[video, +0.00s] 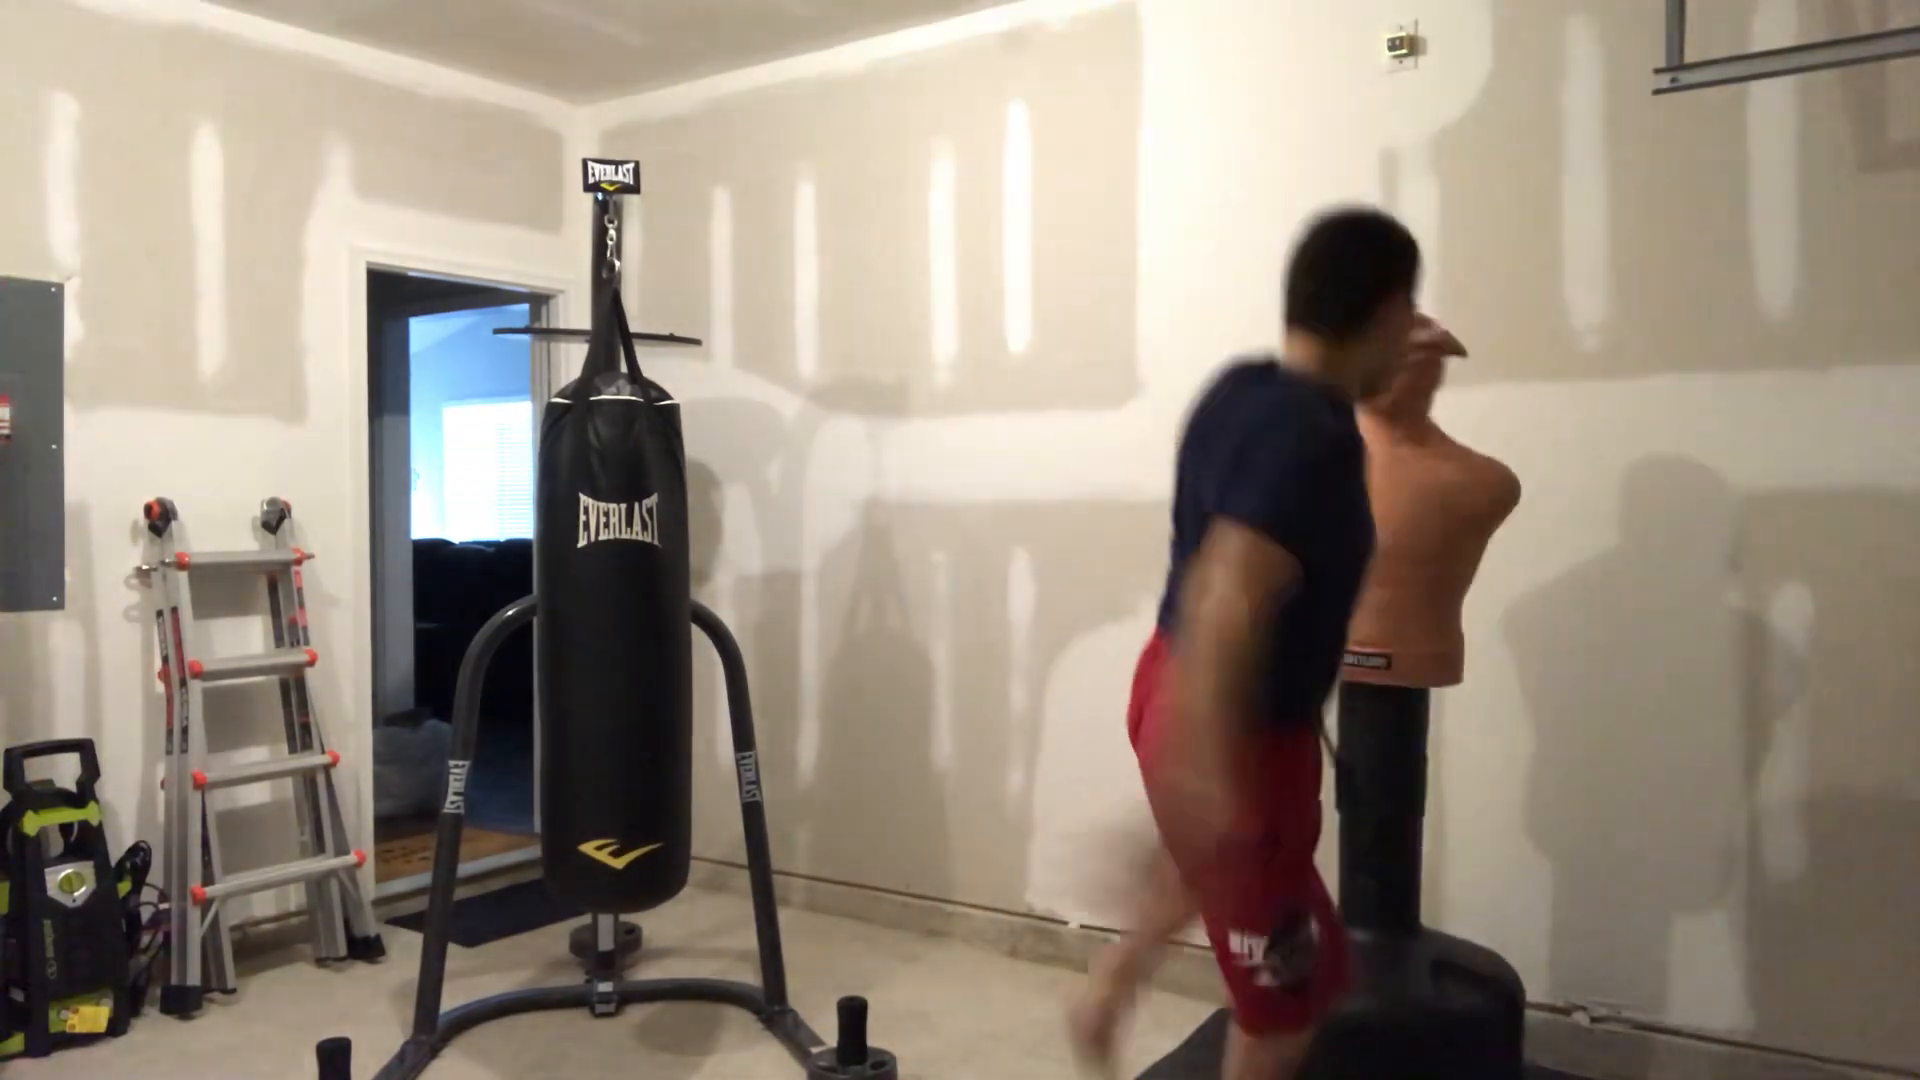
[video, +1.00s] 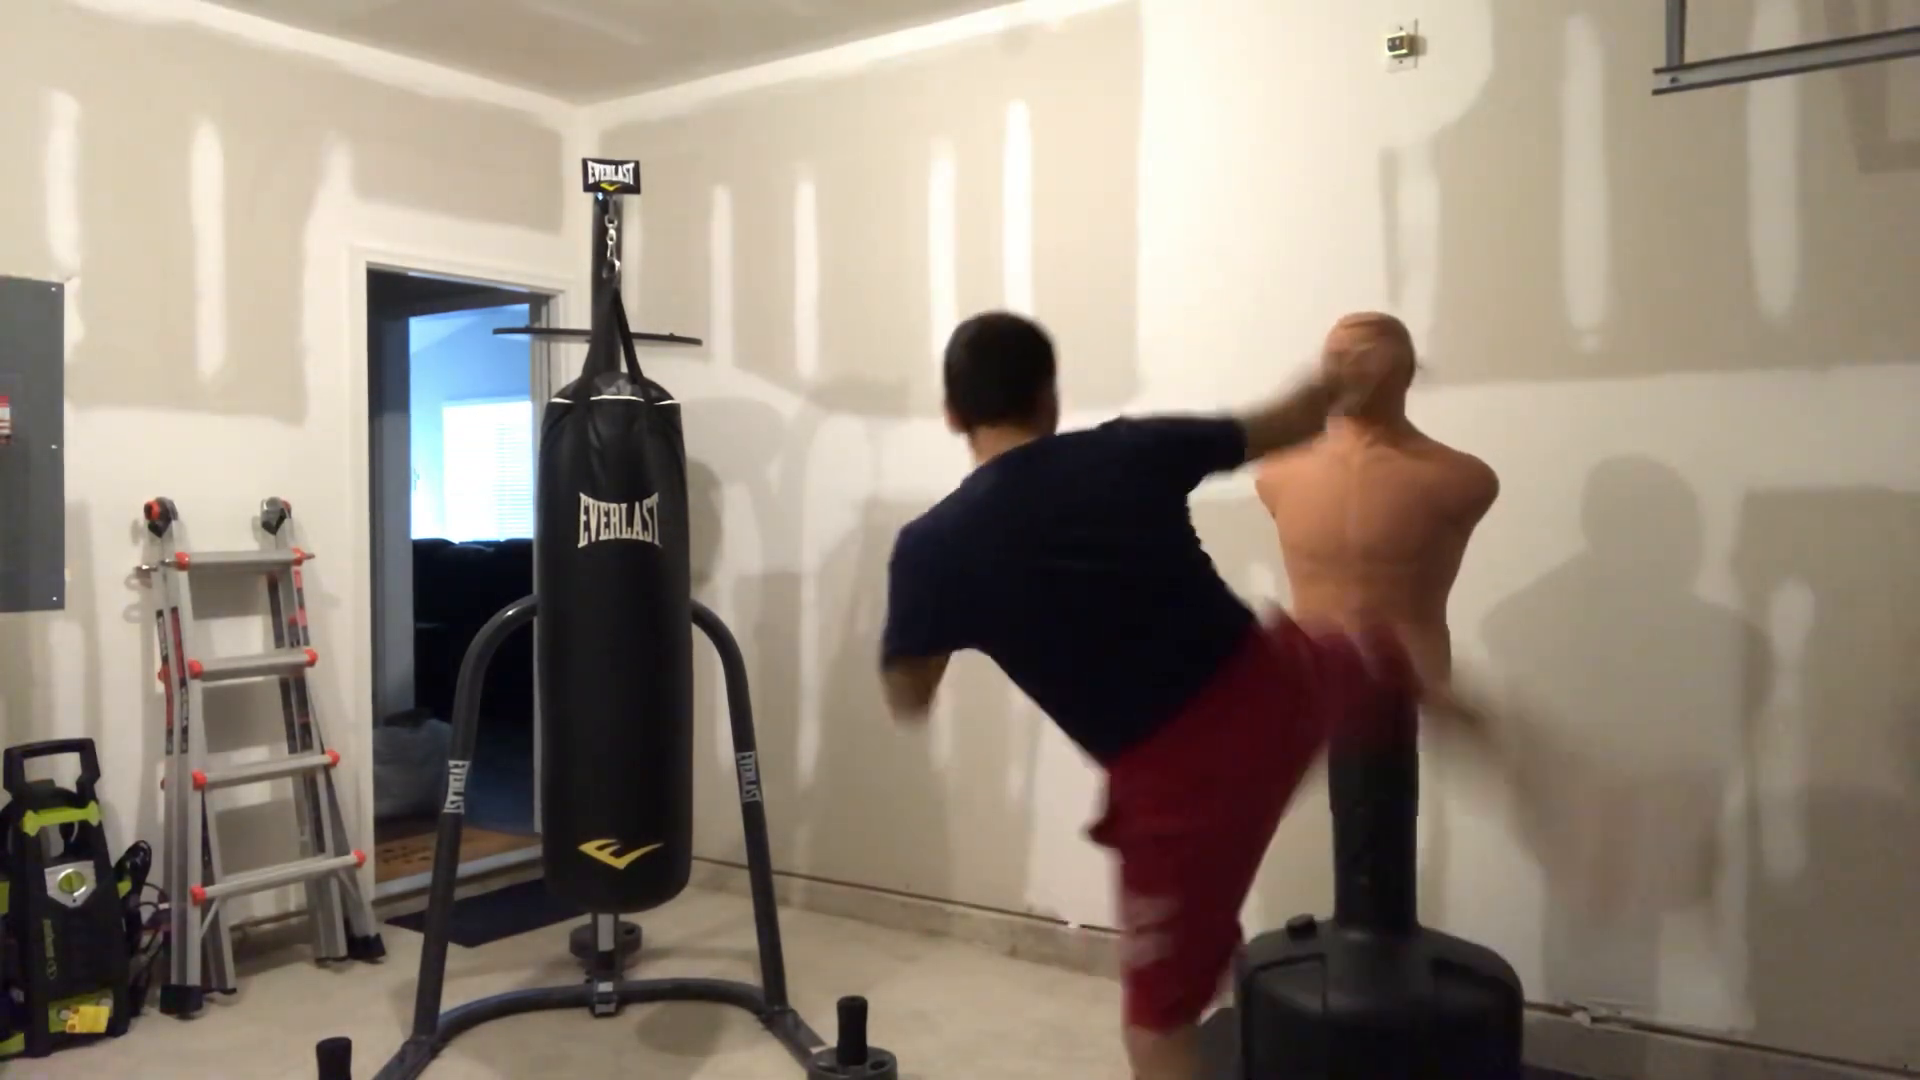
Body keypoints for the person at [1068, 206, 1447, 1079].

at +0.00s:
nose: (1410, 330)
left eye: (1411, 311)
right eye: (1405, 310)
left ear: (1300, 299)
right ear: (1378, 315)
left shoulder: (1239, 390)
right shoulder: (1307, 426)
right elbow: (1224, 602)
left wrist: (1374, 374)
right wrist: (1202, 769)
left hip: (1181, 687)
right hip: (1247, 724)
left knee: (1203, 854)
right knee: (1282, 1007)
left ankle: (1106, 990)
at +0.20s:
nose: (1342, 376)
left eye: (1342, 358)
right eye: (1340, 357)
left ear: (1238, 352)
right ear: (1320, 362)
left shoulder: (1245, 467)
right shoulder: (1212, 477)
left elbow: (1256, 563)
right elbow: (1078, 644)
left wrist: (1319, 469)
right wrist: (1027, 833)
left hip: (1232, 785)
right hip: (1190, 794)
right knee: (1207, 1041)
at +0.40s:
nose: (1302, 427)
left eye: (1301, 404)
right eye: (1302, 402)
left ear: (1192, 396)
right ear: (1282, 401)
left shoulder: (1172, 501)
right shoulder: (1194, 521)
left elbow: (1190, 651)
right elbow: (1097, 723)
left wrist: (1294, 587)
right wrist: (1123, 933)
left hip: (1166, 847)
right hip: (1144, 857)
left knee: (1260, 1039)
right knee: (1163, 1062)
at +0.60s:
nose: (1248, 388)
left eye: (1242, 370)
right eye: (1245, 370)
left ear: (1135, 379)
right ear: (1232, 377)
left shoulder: (1088, 487)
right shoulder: (1230, 504)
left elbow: (1085, 652)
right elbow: (1289, 709)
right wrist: (1391, 837)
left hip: (1064, 806)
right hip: (1135, 830)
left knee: (1175, 1042)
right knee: (1118, 1060)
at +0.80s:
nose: (1130, 386)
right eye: (1129, 373)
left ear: (1035, 397)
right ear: (1129, 383)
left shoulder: (996, 534)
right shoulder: (1197, 475)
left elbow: (991, 732)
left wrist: (1067, 723)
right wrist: (1280, 350)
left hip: (1088, 811)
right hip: (1199, 803)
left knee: (1131, 1027)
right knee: (1236, 1023)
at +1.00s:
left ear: (952, 415)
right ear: (1052, 398)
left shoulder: (935, 547)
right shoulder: (1129, 451)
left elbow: (907, 696)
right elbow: (1277, 426)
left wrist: (939, 585)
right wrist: (1332, 382)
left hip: (1177, 793)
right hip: (1283, 690)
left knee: (1160, 1029)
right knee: (1382, 656)